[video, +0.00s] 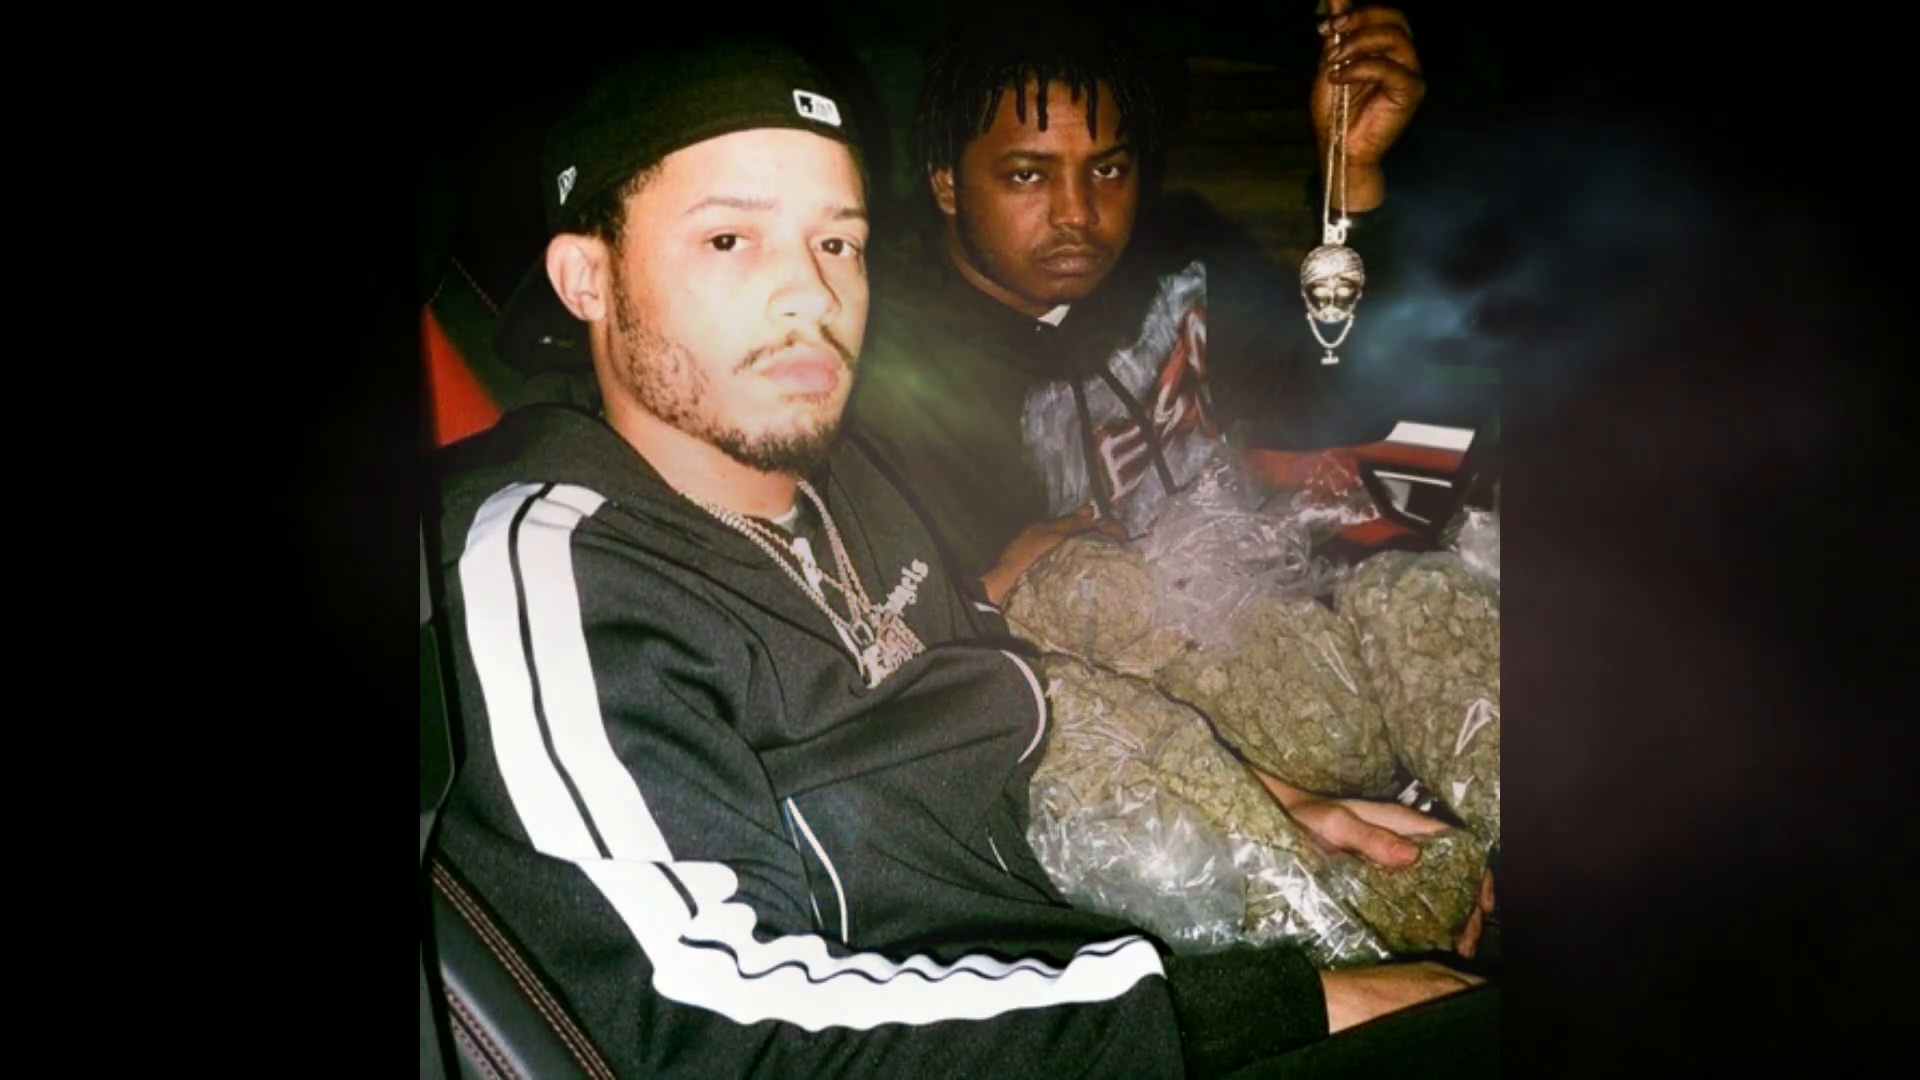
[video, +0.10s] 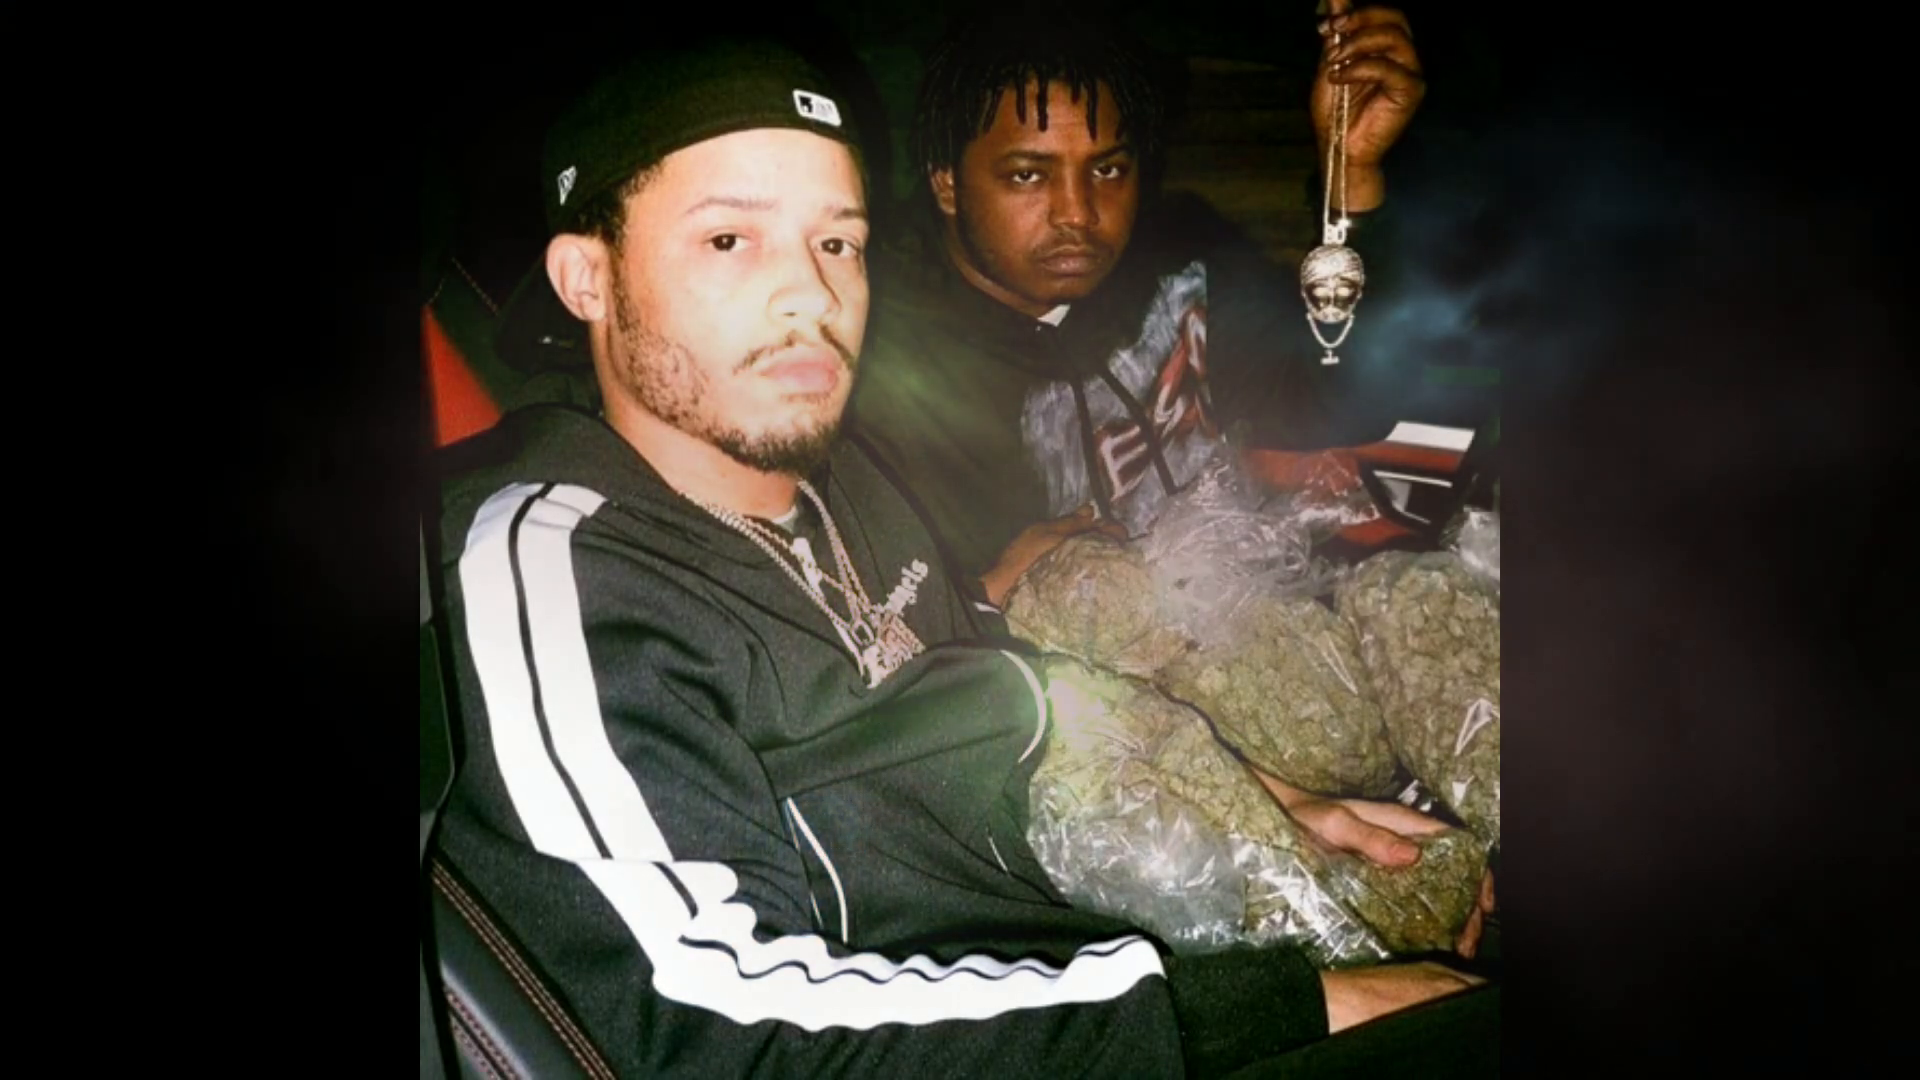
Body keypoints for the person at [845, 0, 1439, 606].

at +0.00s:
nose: (1077, 216)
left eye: (1108, 171)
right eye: (1028, 175)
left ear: (1140, 173)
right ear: (945, 187)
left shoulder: (1184, 257)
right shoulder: (897, 362)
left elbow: (1348, 413)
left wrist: (1352, 176)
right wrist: (991, 581)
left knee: (1425, 600)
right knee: (1074, 579)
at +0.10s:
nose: (1076, 217)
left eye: (1108, 171)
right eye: (1027, 175)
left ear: (1140, 172)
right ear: (945, 187)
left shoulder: (1188, 259)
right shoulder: (898, 360)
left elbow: (1349, 416)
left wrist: (1353, 178)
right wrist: (991, 588)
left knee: (1422, 595)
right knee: (1074, 583)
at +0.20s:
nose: (1077, 217)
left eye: (1108, 171)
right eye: (1027, 176)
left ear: (1140, 172)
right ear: (945, 188)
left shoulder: (1185, 258)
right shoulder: (898, 360)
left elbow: (1345, 411)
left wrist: (1352, 177)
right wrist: (993, 585)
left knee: (1420, 596)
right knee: (1072, 580)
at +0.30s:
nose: (1077, 217)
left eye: (1108, 171)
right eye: (1027, 175)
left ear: (1140, 172)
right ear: (945, 188)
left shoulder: (1184, 255)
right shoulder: (899, 363)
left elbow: (1345, 409)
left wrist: (1352, 177)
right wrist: (989, 590)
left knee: (1421, 600)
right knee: (1071, 580)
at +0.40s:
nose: (1078, 216)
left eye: (1108, 171)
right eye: (1029, 175)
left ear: (1141, 172)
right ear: (946, 187)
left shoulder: (1181, 251)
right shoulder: (902, 365)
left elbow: (1352, 407)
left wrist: (1352, 173)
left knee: (1426, 600)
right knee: (1077, 580)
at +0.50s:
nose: (1077, 216)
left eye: (1108, 171)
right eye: (1029, 175)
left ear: (1141, 173)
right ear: (946, 187)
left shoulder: (1180, 252)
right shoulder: (901, 367)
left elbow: (1347, 412)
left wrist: (1352, 175)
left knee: (1423, 599)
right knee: (1074, 580)